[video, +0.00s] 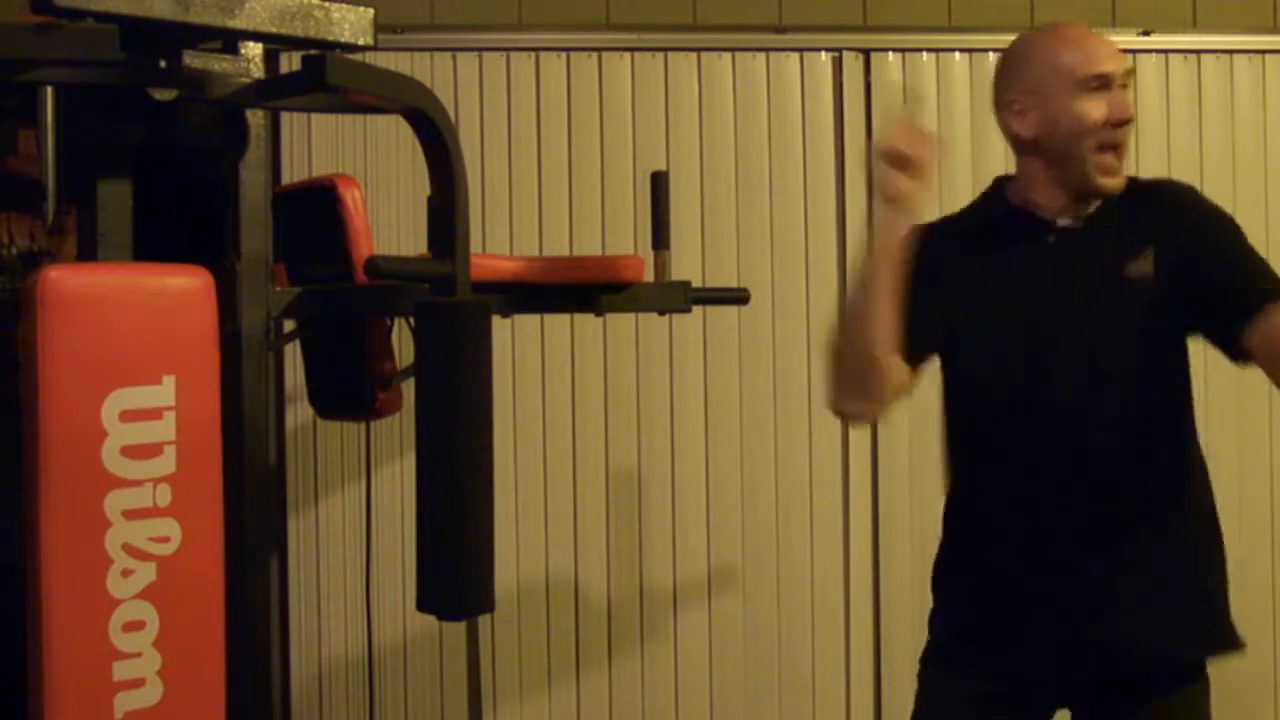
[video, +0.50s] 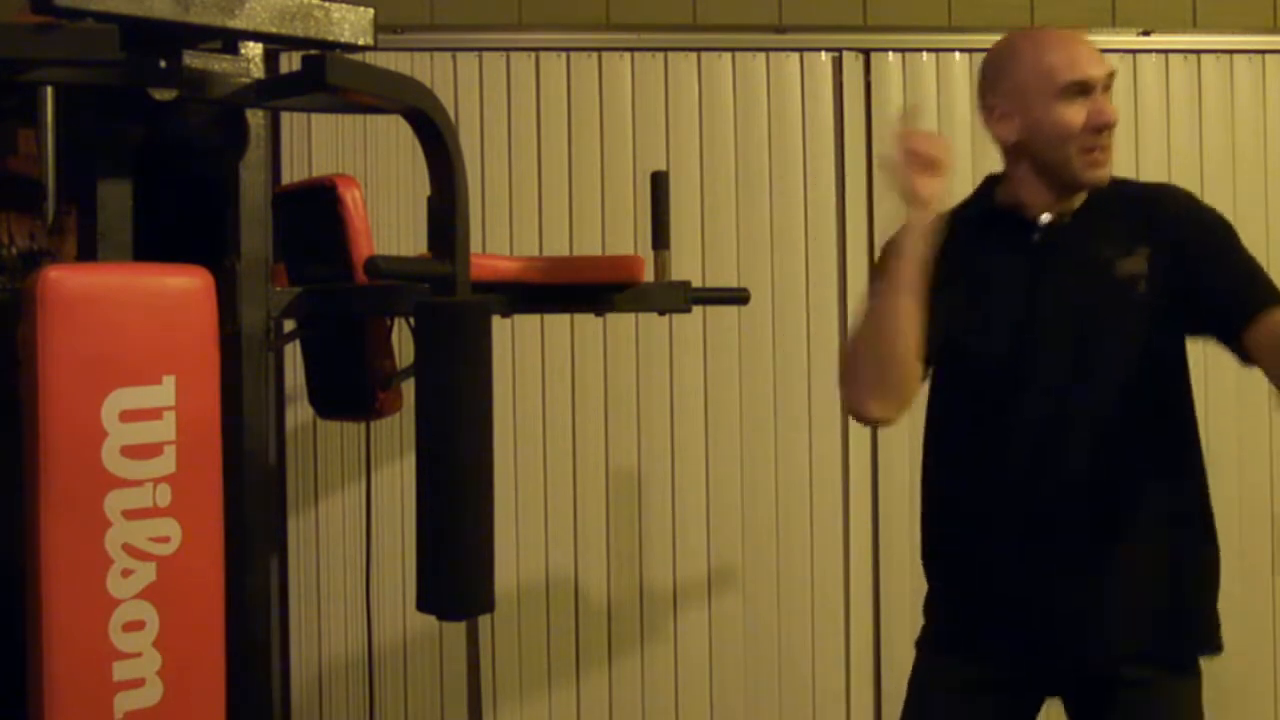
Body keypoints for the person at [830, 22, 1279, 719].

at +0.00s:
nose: (1124, 111)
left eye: (1125, 86)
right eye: (1095, 89)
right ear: (1021, 115)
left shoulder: (1171, 223)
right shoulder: (947, 251)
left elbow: (1268, 339)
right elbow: (858, 395)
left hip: (1147, 619)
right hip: (991, 623)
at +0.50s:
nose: (1107, 114)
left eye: (1108, 91)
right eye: (1077, 94)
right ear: (1003, 119)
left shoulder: (1167, 225)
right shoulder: (939, 250)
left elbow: (1273, 344)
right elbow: (873, 401)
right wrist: (920, 223)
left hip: (1138, 619)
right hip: (981, 618)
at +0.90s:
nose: (1009, 153)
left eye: (1027, 128)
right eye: (983, 131)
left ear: (1051, 140)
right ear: (941, 152)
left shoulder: (1135, 257)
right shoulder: (915, 289)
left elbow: (1265, 386)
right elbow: (801, 380)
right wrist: (820, 205)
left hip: (1127, 654)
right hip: (964, 658)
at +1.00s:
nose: (986, 178)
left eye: (1003, 155)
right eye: (959, 159)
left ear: (1031, 170)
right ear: (921, 182)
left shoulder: (1120, 280)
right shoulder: (897, 322)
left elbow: (1262, 406)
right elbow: (782, 404)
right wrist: (811, 236)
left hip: (1120, 673)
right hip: (955, 678)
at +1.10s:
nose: (978, 156)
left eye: (996, 133)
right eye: (952, 137)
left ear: (1022, 151)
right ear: (915, 163)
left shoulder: (1107, 265)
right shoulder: (884, 306)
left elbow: (1233, 395)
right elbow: (789, 421)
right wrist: (828, 251)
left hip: (1097, 666)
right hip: (936, 672)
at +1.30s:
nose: (988, 117)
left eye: (1007, 95)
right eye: (961, 99)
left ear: (1038, 121)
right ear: (929, 133)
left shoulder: (1092, 235)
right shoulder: (866, 270)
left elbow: (1149, 373)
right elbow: (790, 439)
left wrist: (1030, 403)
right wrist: (928, 393)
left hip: (1063, 619)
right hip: (909, 626)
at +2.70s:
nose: (978, 131)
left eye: (1001, 107)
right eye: (958, 113)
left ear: (1052, 125)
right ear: (941, 136)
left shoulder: (1132, 245)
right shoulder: (914, 272)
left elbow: (1247, 356)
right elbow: (800, 370)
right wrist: (804, 228)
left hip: (1112, 633)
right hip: (958, 635)